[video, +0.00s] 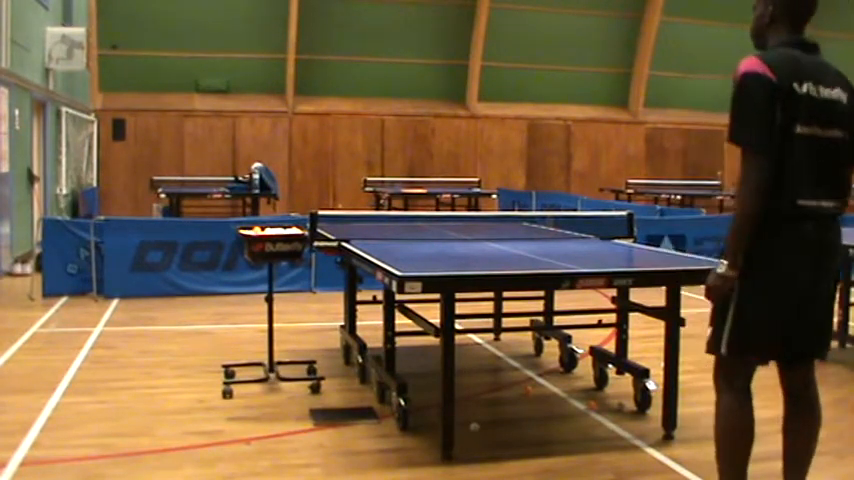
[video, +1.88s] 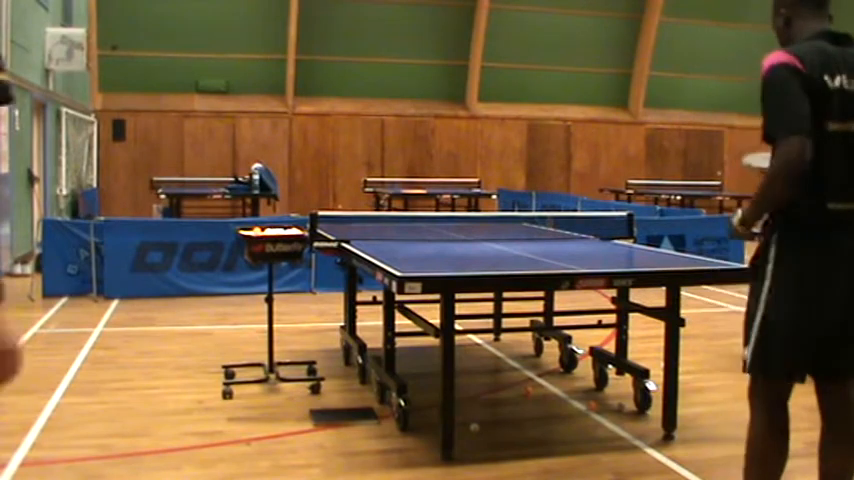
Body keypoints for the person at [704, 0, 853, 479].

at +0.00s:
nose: (750, 18)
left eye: (754, 9)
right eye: (753, 10)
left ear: (767, 12)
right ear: (804, 19)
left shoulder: (759, 70)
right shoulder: (839, 81)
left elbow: (755, 178)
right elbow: (843, 183)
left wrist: (729, 264)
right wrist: (814, 234)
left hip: (768, 247)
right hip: (820, 250)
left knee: (732, 375)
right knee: (799, 373)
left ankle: (731, 475)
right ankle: (794, 476)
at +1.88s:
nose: (775, 29)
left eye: (775, 19)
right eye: (775, 20)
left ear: (785, 16)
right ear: (825, 14)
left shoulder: (786, 65)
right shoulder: (851, 59)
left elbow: (792, 157)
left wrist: (749, 215)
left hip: (800, 247)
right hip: (848, 248)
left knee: (768, 396)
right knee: (840, 399)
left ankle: (759, 477)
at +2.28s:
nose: (762, 24)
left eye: (763, 14)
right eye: (762, 15)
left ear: (777, 14)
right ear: (816, 15)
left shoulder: (778, 69)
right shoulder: (850, 67)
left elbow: (758, 172)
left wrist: (731, 142)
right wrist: (747, 140)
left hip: (788, 245)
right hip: (844, 243)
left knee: (751, 391)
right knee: (831, 391)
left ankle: (727, 473)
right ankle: (833, 475)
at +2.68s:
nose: (706, 26)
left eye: (708, 18)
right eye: (709, 19)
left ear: (718, 18)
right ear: (761, 17)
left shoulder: (710, 73)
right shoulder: (813, 77)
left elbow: (677, 159)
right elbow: (810, 153)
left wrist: (697, 78)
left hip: (723, 239)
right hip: (783, 239)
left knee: (716, 380)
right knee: (767, 366)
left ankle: (710, 477)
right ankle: (791, 472)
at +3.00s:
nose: (675, 26)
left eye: (677, 17)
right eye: (677, 17)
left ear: (688, 19)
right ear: (727, 20)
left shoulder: (673, 80)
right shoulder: (776, 80)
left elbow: (625, 163)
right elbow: (774, 162)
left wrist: (655, 119)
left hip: (696, 233)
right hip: (750, 233)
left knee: (696, 363)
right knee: (724, 356)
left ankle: (705, 472)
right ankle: (708, 465)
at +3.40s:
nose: (659, 42)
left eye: (661, 34)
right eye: (660, 34)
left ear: (674, 32)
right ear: (707, 34)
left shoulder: (668, 84)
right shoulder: (746, 93)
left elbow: (636, 166)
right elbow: (730, 163)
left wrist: (614, 141)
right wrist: (655, 137)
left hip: (674, 233)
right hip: (727, 236)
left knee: (617, 351)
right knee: (698, 351)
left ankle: (670, 462)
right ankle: (692, 465)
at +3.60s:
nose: (642, 48)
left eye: (642, 41)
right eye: (643, 41)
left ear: (650, 39)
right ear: (688, 36)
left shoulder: (654, 82)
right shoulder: (731, 91)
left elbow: (621, 163)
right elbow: (713, 163)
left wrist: (597, 137)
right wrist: (629, 132)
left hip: (656, 232)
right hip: (709, 234)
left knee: (609, 350)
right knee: (692, 353)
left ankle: (601, 468)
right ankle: (690, 468)